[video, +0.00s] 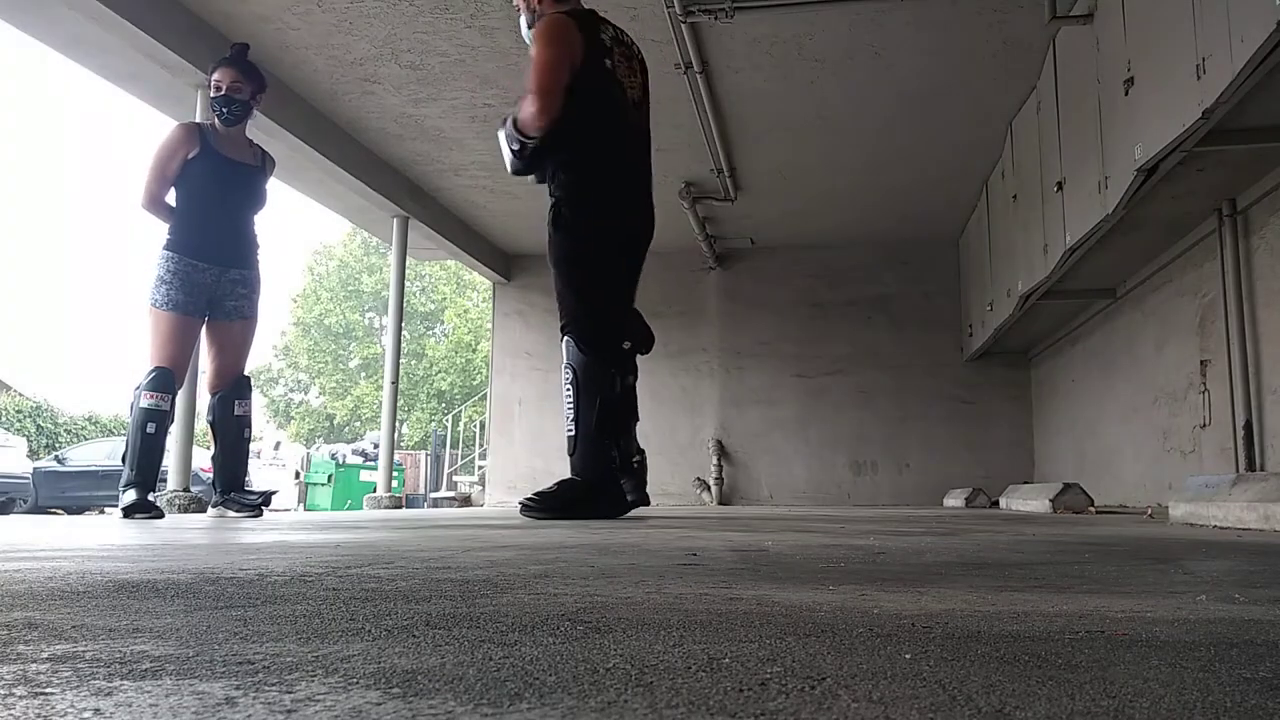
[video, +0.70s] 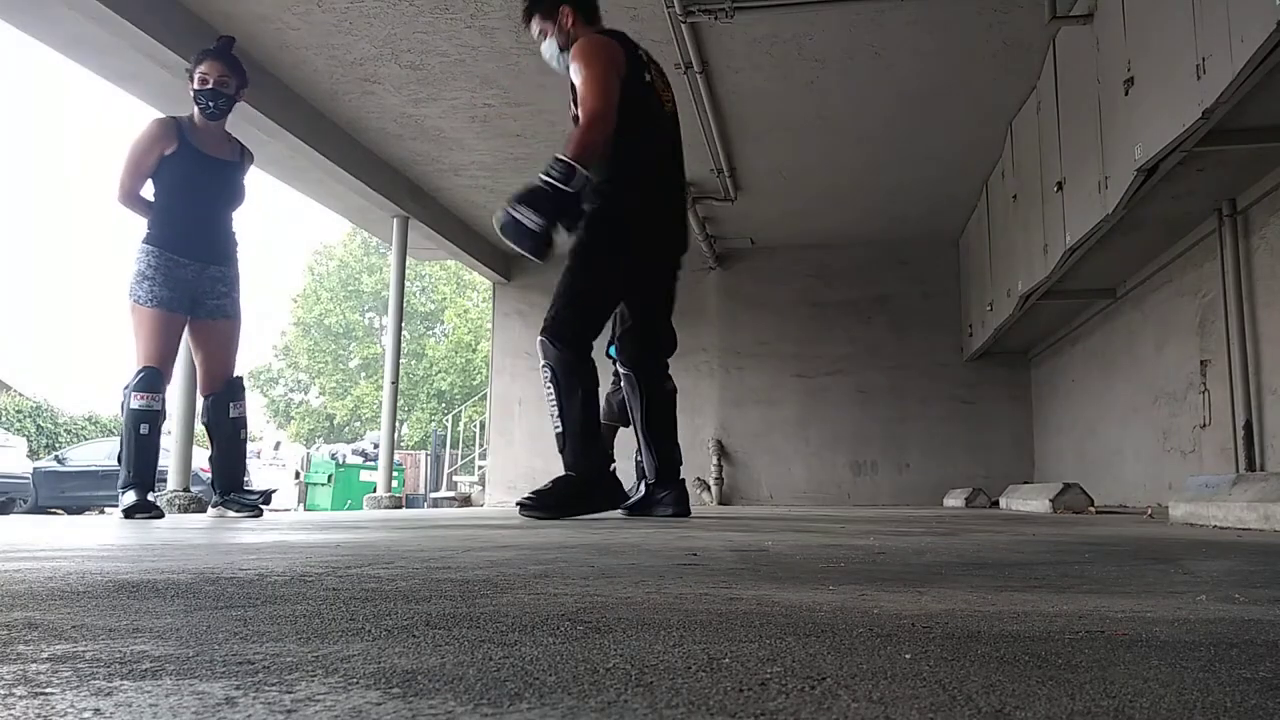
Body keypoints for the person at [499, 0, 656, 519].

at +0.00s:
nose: (518, 12)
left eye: (518, 4)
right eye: (516, 6)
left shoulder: (555, 25)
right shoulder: (621, 40)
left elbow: (539, 113)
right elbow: (613, 130)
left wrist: (513, 125)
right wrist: (539, 145)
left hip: (586, 207)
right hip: (629, 206)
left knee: (589, 339)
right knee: (611, 338)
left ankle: (594, 480)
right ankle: (623, 474)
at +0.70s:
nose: (543, 45)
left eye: (542, 33)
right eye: (538, 38)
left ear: (566, 14)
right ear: (580, 15)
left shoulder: (592, 47)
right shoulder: (643, 65)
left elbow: (596, 120)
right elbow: (646, 153)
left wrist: (553, 185)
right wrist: (590, 200)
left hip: (622, 219)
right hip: (662, 221)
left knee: (561, 338)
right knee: (641, 350)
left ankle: (587, 475)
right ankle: (660, 484)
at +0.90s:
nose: (512, 116)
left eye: (510, 104)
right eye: (506, 112)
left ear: (531, 80)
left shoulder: (568, 97)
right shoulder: (596, 99)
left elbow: (593, 161)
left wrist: (593, 242)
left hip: (665, 232)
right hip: (696, 232)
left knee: (597, 345)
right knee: (649, 357)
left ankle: (589, 481)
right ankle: (663, 484)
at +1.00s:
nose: (507, 168)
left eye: (502, 155)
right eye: (500, 164)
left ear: (517, 127)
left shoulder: (562, 134)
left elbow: (593, 201)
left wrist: (602, 276)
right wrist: (587, 299)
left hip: (676, 235)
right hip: (713, 236)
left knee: (608, 333)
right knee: (654, 351)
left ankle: (591, 480)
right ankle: (661, 484)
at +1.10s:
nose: (504, 204)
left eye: (498, 192)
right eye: (495, 202)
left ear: (510, 162)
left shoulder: (560, 163)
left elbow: (598, 236)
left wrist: (607, 308)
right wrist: (590, 327)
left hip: (695, 239)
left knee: (608, 338)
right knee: (649, 351)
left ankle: (590, 483)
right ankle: (662, 486)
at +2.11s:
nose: (495, 132)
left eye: (493, 117)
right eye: (488, 124)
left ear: (519, 96)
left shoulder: (561, 115)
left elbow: (603, 179)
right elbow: (625, 211)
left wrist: (570, 249)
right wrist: (602, 267)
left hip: (675, 232)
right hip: (694, 232)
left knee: (601, 348)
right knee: (646, 353)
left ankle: (590, 482)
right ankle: (670, 481)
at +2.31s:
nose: (531, 80)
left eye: (533, 66)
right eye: (526, 73)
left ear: (564, 51)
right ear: (560, 57)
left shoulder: (598, 80)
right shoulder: (595, 94)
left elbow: (641, 140)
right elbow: (639, 161)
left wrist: (596, 206)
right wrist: (597, 217)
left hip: (672, 228)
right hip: (679, 229)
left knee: (609, 345)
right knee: (647, 352)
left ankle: (592, 479)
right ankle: (670, 481)